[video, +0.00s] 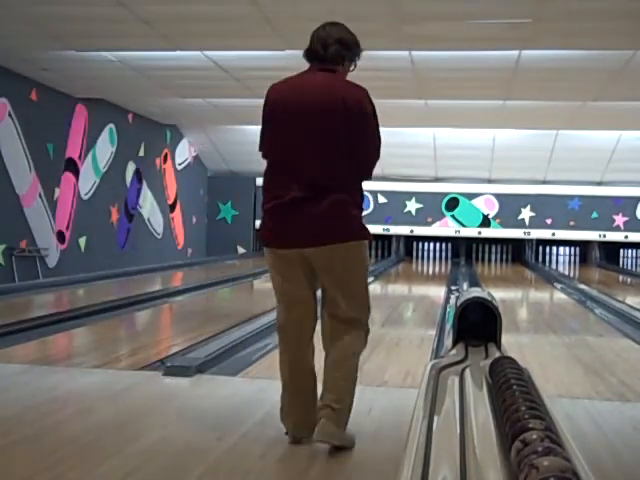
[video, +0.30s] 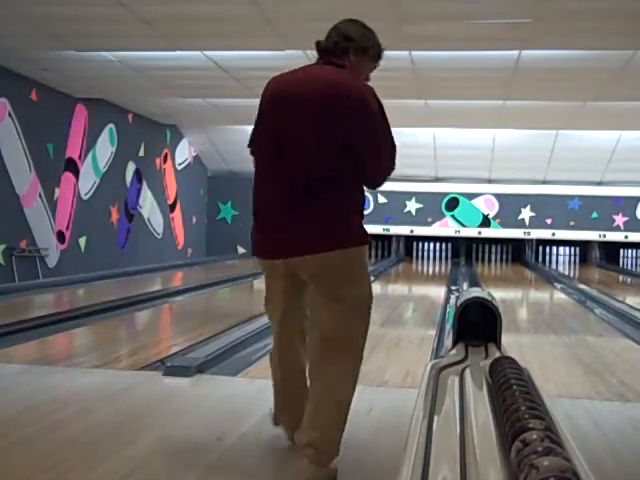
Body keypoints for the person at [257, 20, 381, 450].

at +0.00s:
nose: (354, 67)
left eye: (355, 61)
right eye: (354, 61)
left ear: (310, 53)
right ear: (346, 59)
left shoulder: (278, 92)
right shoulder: (354, 96)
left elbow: (267, 148)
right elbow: (369, 160)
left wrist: (309, 161)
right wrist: (335, 173)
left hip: (281, 230)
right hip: (337, 231)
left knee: (293, 325)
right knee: (347, 323)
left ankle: (298, 424)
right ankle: (332, 422)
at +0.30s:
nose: (371, 74)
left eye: (373, 64)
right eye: (371, 63)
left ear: (329, 50)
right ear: (355, 54)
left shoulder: (277, 86)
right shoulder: (358, 94)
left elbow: (257, 149)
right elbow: (377, 171)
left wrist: (303, 159)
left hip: (273, 234)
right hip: (332, 237)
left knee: (286, 328)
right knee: (338, 341)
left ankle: (290, 416)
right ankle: (316, 458)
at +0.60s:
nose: (377, 68)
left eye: (382, 60)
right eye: (379, 57)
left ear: (338, 32)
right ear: (360, 36)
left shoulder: (280, 65)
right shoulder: (350, 75)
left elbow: (270, 144)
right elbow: (369, 156)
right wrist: (325, 172)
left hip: (254, 229)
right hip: (317, 233)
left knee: (264, 337)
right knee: (325, 352)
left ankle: (258, 464)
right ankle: (317, 466)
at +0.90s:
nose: (364, 54)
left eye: (370, 47)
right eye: (367, 42)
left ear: (322, 16)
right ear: (343, 18)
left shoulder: (261, 58)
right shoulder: (321, 58)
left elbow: (227, 149)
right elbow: (338, 150)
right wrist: (354, 171)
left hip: (235, 240)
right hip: (296, 243)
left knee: (246, 372)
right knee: (310, 367)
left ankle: (242, 473)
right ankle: (319, 466)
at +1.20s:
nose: (393, 35)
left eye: (400, 24)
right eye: (398, 18)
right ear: (375, 2)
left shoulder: (274, 27)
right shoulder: (335, 34)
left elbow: (212, 111)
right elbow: (338, 133)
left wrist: (287, 146)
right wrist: (401, 217)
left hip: (218, 225)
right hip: (288, 229)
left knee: (236, 383)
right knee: (310, 393)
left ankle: (232, 475)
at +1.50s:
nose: (459, 96)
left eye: (470, 84)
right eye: (466, 77)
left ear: (424, 35)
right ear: (443, 48)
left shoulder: (330, 37)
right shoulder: (415, 88)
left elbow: (228, 87)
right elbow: (457, 225)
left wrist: (275, 163)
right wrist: (511, 341)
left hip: (200, 224)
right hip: (288, 242)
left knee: (220, 386)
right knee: (318, 402)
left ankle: (220, 473)